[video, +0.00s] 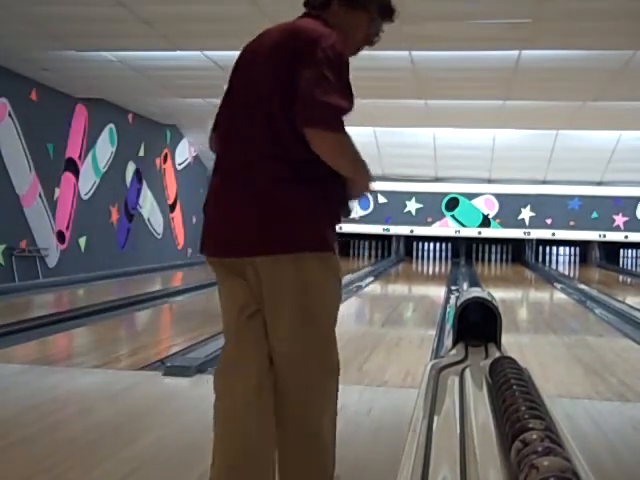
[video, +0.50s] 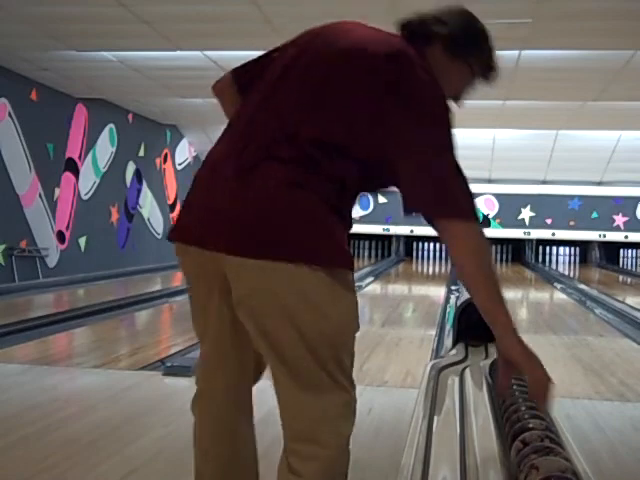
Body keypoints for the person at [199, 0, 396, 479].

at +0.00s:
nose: (374, 38)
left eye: (380, 29)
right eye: (375, 24)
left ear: (324, 6)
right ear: (346, 7)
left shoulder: (262, 44)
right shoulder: (322, 42)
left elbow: (221, 137)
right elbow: (322, 128)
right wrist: (359, 174)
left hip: (229, 233)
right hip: (290, 236)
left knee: (243, 373)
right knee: (307, 372)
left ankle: (237, 476)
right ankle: (307, 473)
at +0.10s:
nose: (381, 33)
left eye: (388, 23)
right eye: (385, 18)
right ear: (361, 3)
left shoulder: (266, 33)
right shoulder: (327, 35)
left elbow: (215, 123)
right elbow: (319, 122)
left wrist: (297, 160)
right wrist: (375, 192)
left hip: (222, 227)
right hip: (289, 231)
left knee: (238, 376)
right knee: (308, 383)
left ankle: (233, 475)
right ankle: (300, 473)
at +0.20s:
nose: (393, 35)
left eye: (400, 24)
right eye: (398, 18)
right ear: (375, 2)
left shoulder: (274, 27)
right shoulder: (335, 34)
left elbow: (212, 111)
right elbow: (338, 133)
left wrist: (287, 146)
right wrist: (401, 217)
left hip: (218, 225)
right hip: (288, 229)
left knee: (236, 383)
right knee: (310, 393)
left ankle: (232, 475)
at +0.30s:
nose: (414, 38)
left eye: (421, 27)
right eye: (416, 21)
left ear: (376, 2)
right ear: (386, 6)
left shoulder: (287, 26)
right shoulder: (352, 44)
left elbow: (214, 101)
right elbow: (386, 169)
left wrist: (285, 143)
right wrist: (444, 258)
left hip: (214, 227)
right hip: (286, 233)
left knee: (233, 382)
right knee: (310, 396)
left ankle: (231, 475)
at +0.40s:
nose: (436, 65)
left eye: (444, 52)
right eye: (439, 45)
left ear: (391, 13)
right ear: (411, 21)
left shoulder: (307, 29)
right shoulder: (384, 65)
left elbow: (218, 94)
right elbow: (429, 197)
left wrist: (279, 147)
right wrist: (481, 299)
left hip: (209, 235)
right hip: (289, 243)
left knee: (224, 400)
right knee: (307, 410)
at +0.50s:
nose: (459, 96)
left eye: (470, 84)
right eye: (466, 77)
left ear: (424, 35)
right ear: (443, 48)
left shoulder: (330, 37)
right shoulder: (415, 88)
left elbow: (228, 87)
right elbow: (457, 225)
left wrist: (275, 163)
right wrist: (511, 341)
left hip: (200, 224)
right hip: (288, 242)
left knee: (220, 386)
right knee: (318, 402)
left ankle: (220, 473)